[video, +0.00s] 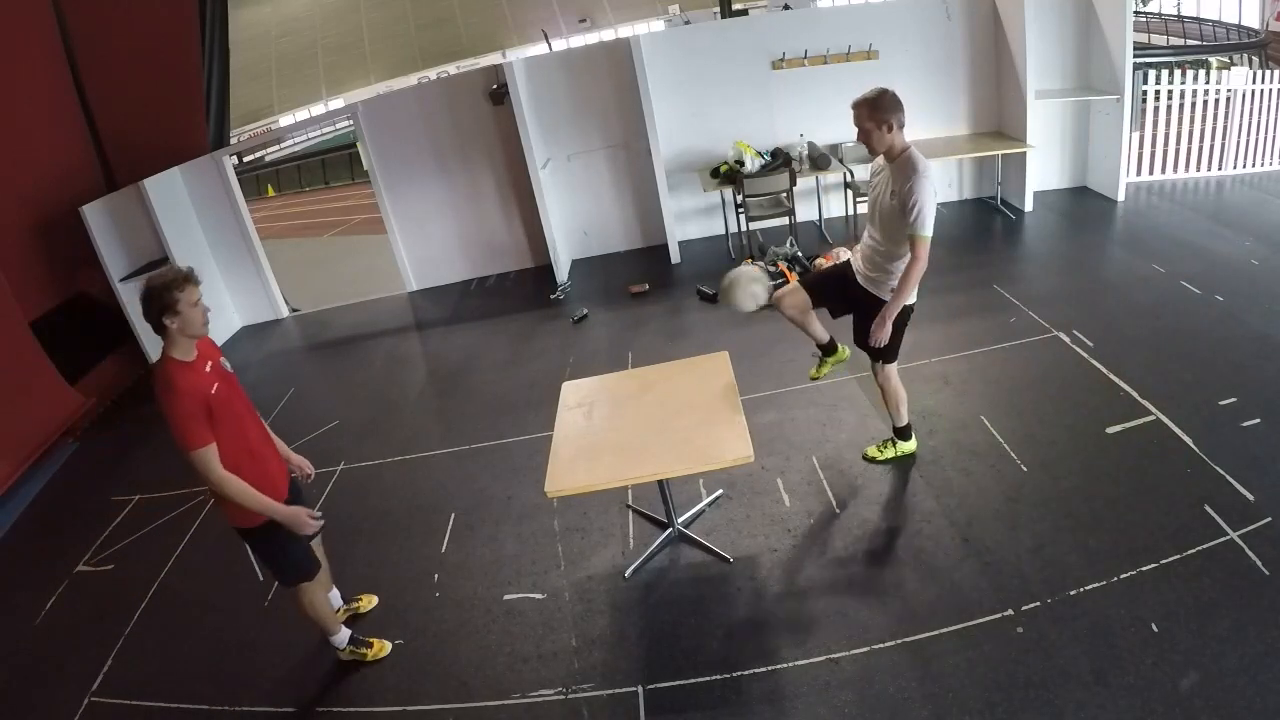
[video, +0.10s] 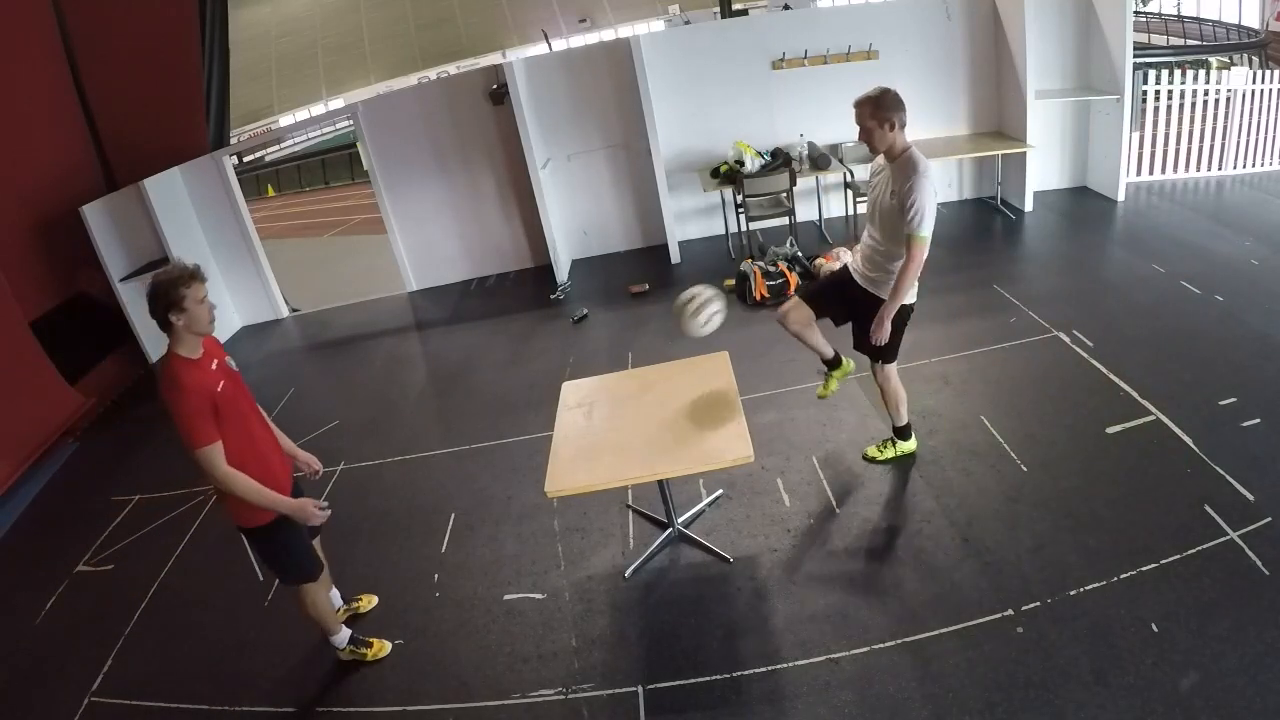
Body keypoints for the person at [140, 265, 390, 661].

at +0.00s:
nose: (206, 308)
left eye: (202, 300)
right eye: (196, 304)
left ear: (176, 318)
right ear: (170, 321)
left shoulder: (203, 347)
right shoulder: (176, 385)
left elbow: (244, 412)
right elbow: (214, 475)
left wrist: (284, 452)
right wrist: (283, 513)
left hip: (276, 477)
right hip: (254, 507)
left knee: (312, 541)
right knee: (305, 574)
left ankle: (335, 606)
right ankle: (342, 642)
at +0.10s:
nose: (212, 305)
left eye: (208, 297)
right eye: (203, 301)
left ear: (184, 314)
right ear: (176, 318)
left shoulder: (208, 346)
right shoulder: (180, 381)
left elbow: (250, 409)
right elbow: (218, 472)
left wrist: (292, 451)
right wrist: (290, 506)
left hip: (279, 476)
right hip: (258, 505)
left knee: (312, 540)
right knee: (308, 574)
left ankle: (336, 607)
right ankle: (342, 643)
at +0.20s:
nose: (221, 305)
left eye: (217, 297)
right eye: (212, 301)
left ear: (191, 314)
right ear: (185, 317)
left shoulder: (215, 346)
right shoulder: (187, 381)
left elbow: (253, 407)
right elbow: (223, 471)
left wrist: (298, 449)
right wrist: (293, 506)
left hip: (280, 476)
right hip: (260, 503)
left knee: (312, 543)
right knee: (311, 572)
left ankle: (336, 605)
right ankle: (343, 642)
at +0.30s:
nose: (231, 307)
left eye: (228, 299)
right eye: (222, 302)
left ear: (201, 313)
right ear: (194, 316)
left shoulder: (219, 345)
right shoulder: (195, 380)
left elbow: (255, 410)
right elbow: (226, 470)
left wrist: (301, 447)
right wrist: (292, 509)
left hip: (281, 479)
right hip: (260, 506)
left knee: (319, 537)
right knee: (310, 574)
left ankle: (337, 608)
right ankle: (344, 643)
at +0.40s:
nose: (241, 307)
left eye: (239, 298)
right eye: (232, 301)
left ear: (211, 310)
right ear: (204, 312)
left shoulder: (225, 344)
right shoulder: (202, 378)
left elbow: (254, 414)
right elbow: (229, 469)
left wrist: (299, 445)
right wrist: (289, 514)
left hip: (286, 481)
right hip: (262, 508)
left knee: (324, 539)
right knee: (311, 576)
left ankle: (345, 618)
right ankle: (344, 643)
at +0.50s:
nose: (250, 308)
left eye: (249, 299)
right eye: (242, 302)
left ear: (219, 309)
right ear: (212, 311)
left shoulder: (233, 344)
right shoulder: (206, 375)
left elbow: (256, 412)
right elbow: (228, 468)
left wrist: (293, 444)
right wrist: (286, 516)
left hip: (287, 483)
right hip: (266, 507)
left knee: (323, 552)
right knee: (313, 573)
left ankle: (345, 621)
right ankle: (341, 642)